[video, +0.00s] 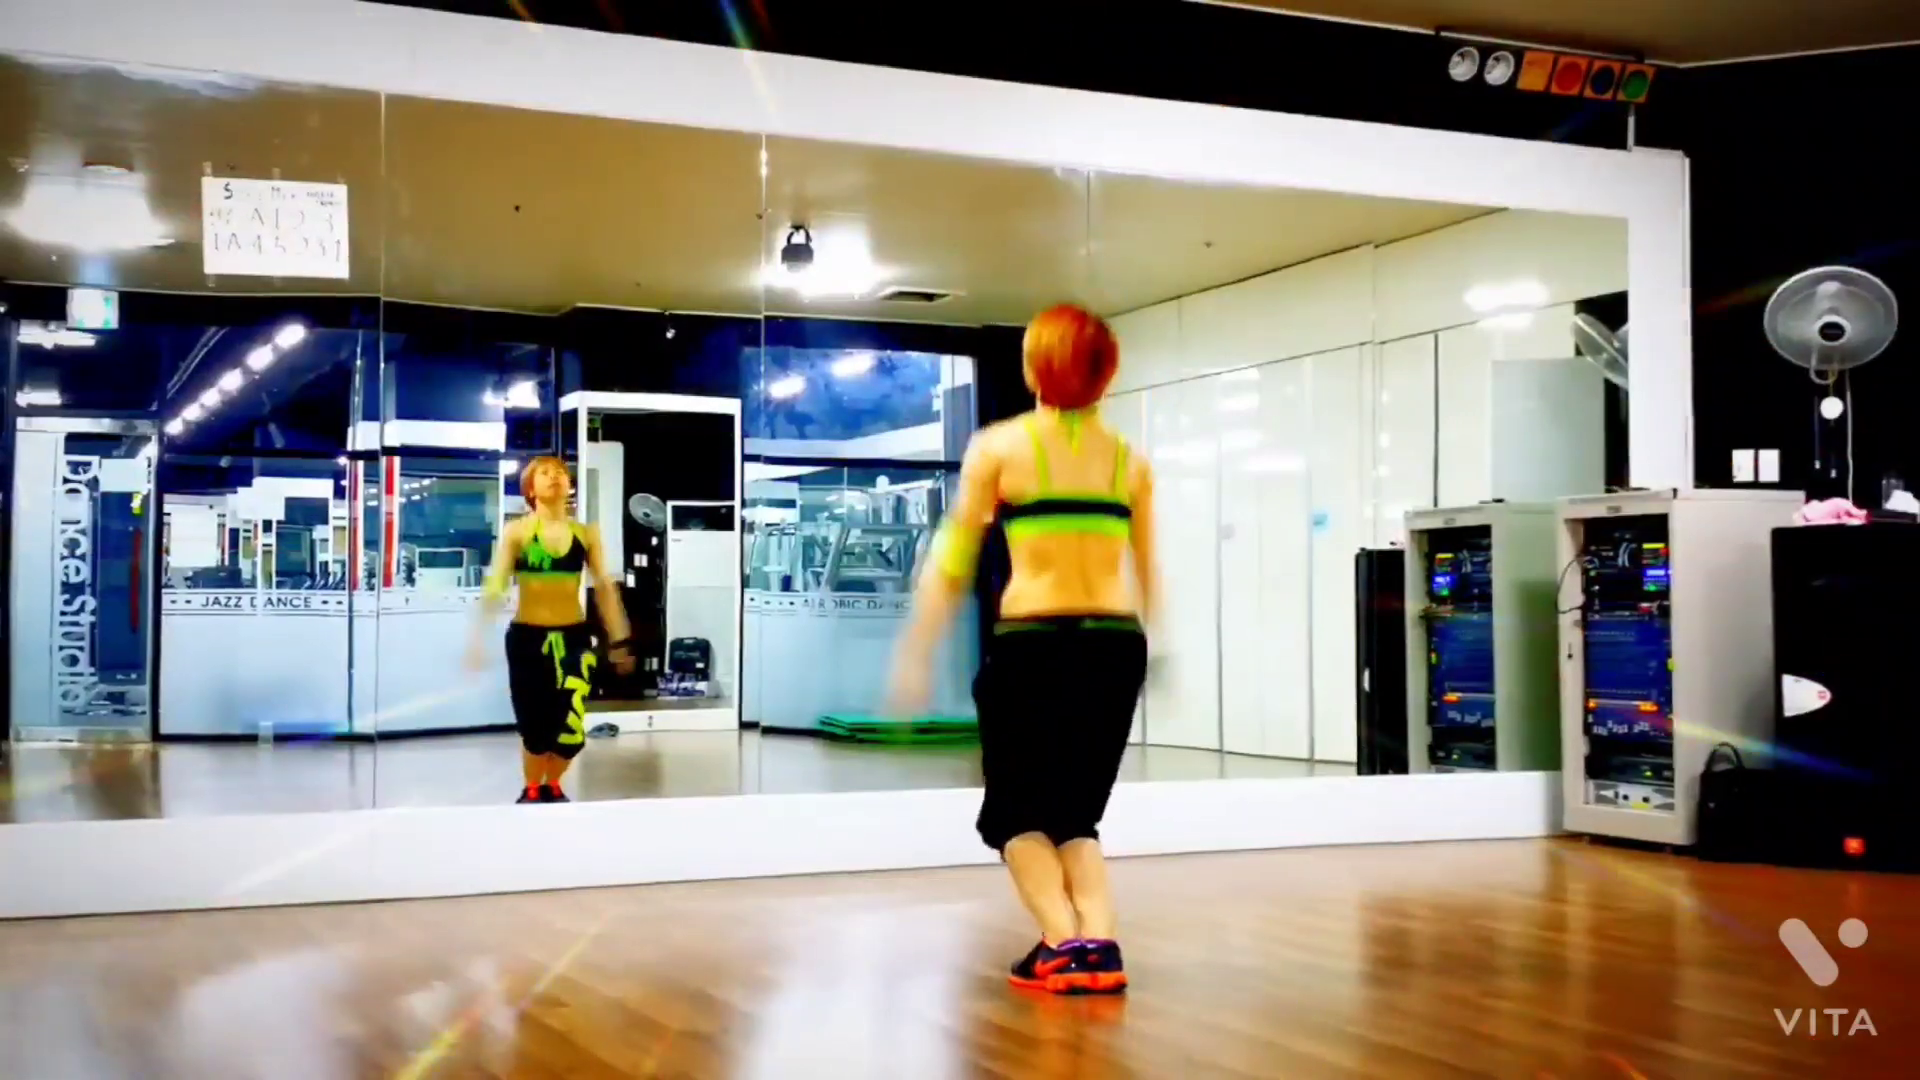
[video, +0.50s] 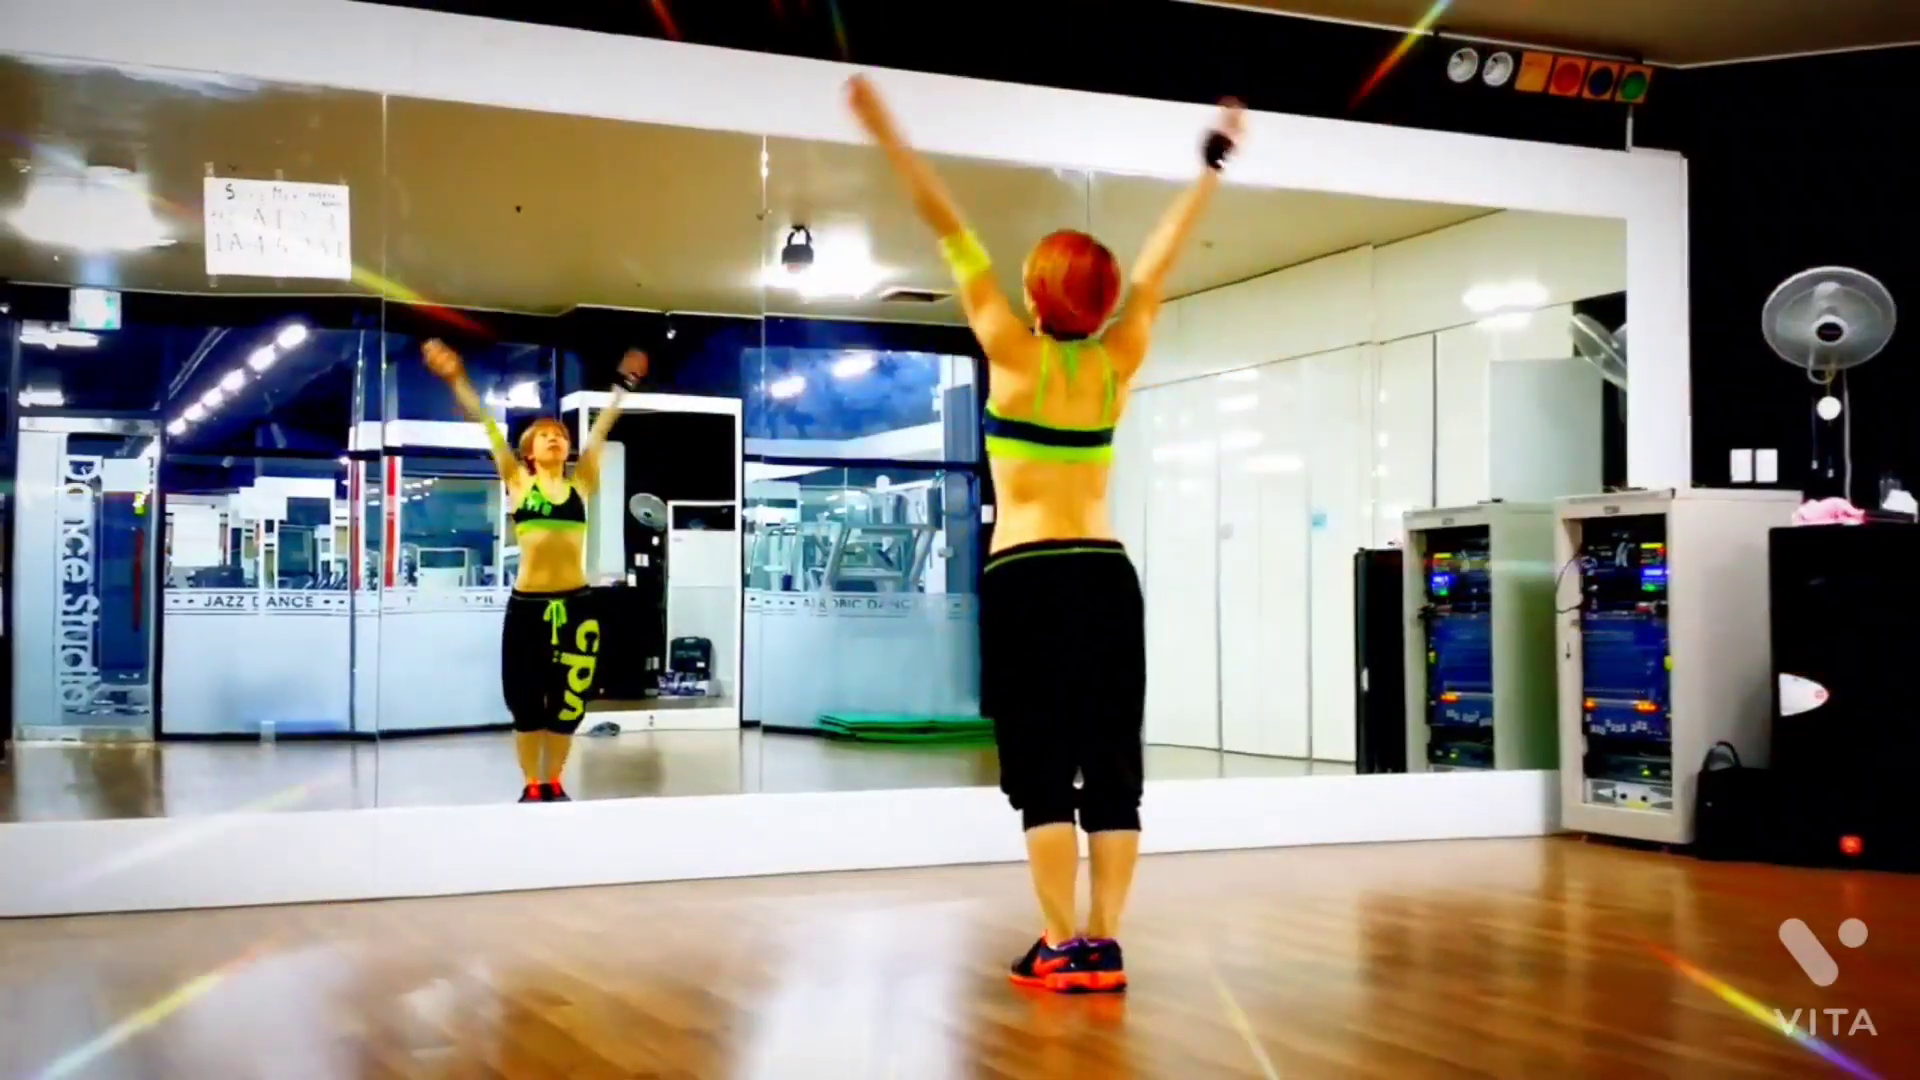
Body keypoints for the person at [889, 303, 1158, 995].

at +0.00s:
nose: (1040, 373)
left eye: (1038, 361)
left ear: (1033, 371)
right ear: (1106, 375)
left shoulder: (998, 447)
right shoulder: (1128, 460)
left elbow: (953, 563)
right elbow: (1146, 569)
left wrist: (917, 654)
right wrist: (1143, 637)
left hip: (1030, 645)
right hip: (1114, 646)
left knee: (1014, 808)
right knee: (1075, 809)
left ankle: (1061, 941)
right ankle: (1101, 944)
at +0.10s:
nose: (1037, 323)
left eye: (1037, 310)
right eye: (1074, 312)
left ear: (1031, 319)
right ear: (1103, 322)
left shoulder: (1000, 388)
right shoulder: (1123, 398)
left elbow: (899, 436)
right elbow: (1208, 453)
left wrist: (831, 483)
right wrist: (1279, 500)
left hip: (1027, 595)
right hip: (1106, 593)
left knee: (1022, 775)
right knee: (1092, 775)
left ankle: (1062, 938)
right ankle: (1101, 942)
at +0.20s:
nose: (1029, 297)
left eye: (1031, 287)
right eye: (1043, 289)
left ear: (1034, 301)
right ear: (1103, 306)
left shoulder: (1002, 368)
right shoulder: (1126, 381)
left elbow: (894, 373)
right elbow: (1222, 399)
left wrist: (797, 390)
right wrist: (1296, 412)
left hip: (1024, 583)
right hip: (1105, 582)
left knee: (1026, 770)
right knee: (1100, 772)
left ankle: (1064, 937)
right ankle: (1102, 943)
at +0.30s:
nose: (1022, 288)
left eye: (1028, 279)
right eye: (1038, 278)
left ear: (1032, 295)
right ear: (1101, 299)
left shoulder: (1006, 356)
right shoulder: (1116, 371)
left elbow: (915, 287)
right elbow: (1207, 310)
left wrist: (823, 230)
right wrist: (1305, 254)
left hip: (1022, 575)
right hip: (1102, 573)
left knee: (1036, 759)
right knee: (1111, 758)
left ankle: (1060, 938)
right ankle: (1102, 942)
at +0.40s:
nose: (1026, 292)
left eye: (1031, 282)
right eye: (1036, 283)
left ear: (1036, 299)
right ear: (1103, 304)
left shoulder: (1011, 354)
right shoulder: (1115, 366)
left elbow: (932, 264)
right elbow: (1189, 280)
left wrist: (849, 185)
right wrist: (1269, 203)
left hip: (1023, 572)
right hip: (1104, 569)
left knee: (1039, 769)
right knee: (1114, 765)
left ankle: (1060, 938)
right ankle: (1102, 942)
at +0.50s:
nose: (1030, 281)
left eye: (1035, 274)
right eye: (1057, 274)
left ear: (1038, 294)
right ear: (1106, 301)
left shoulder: (1009, 349)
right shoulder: (1114, 362)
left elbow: (951, 230)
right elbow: (1161, 262)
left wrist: (886, 129)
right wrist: (1215, 162)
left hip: (1021, 575)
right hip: (1103, 573)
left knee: (1035, 766)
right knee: (1115, 763)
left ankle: (1063, 939)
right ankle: (1103, 943)